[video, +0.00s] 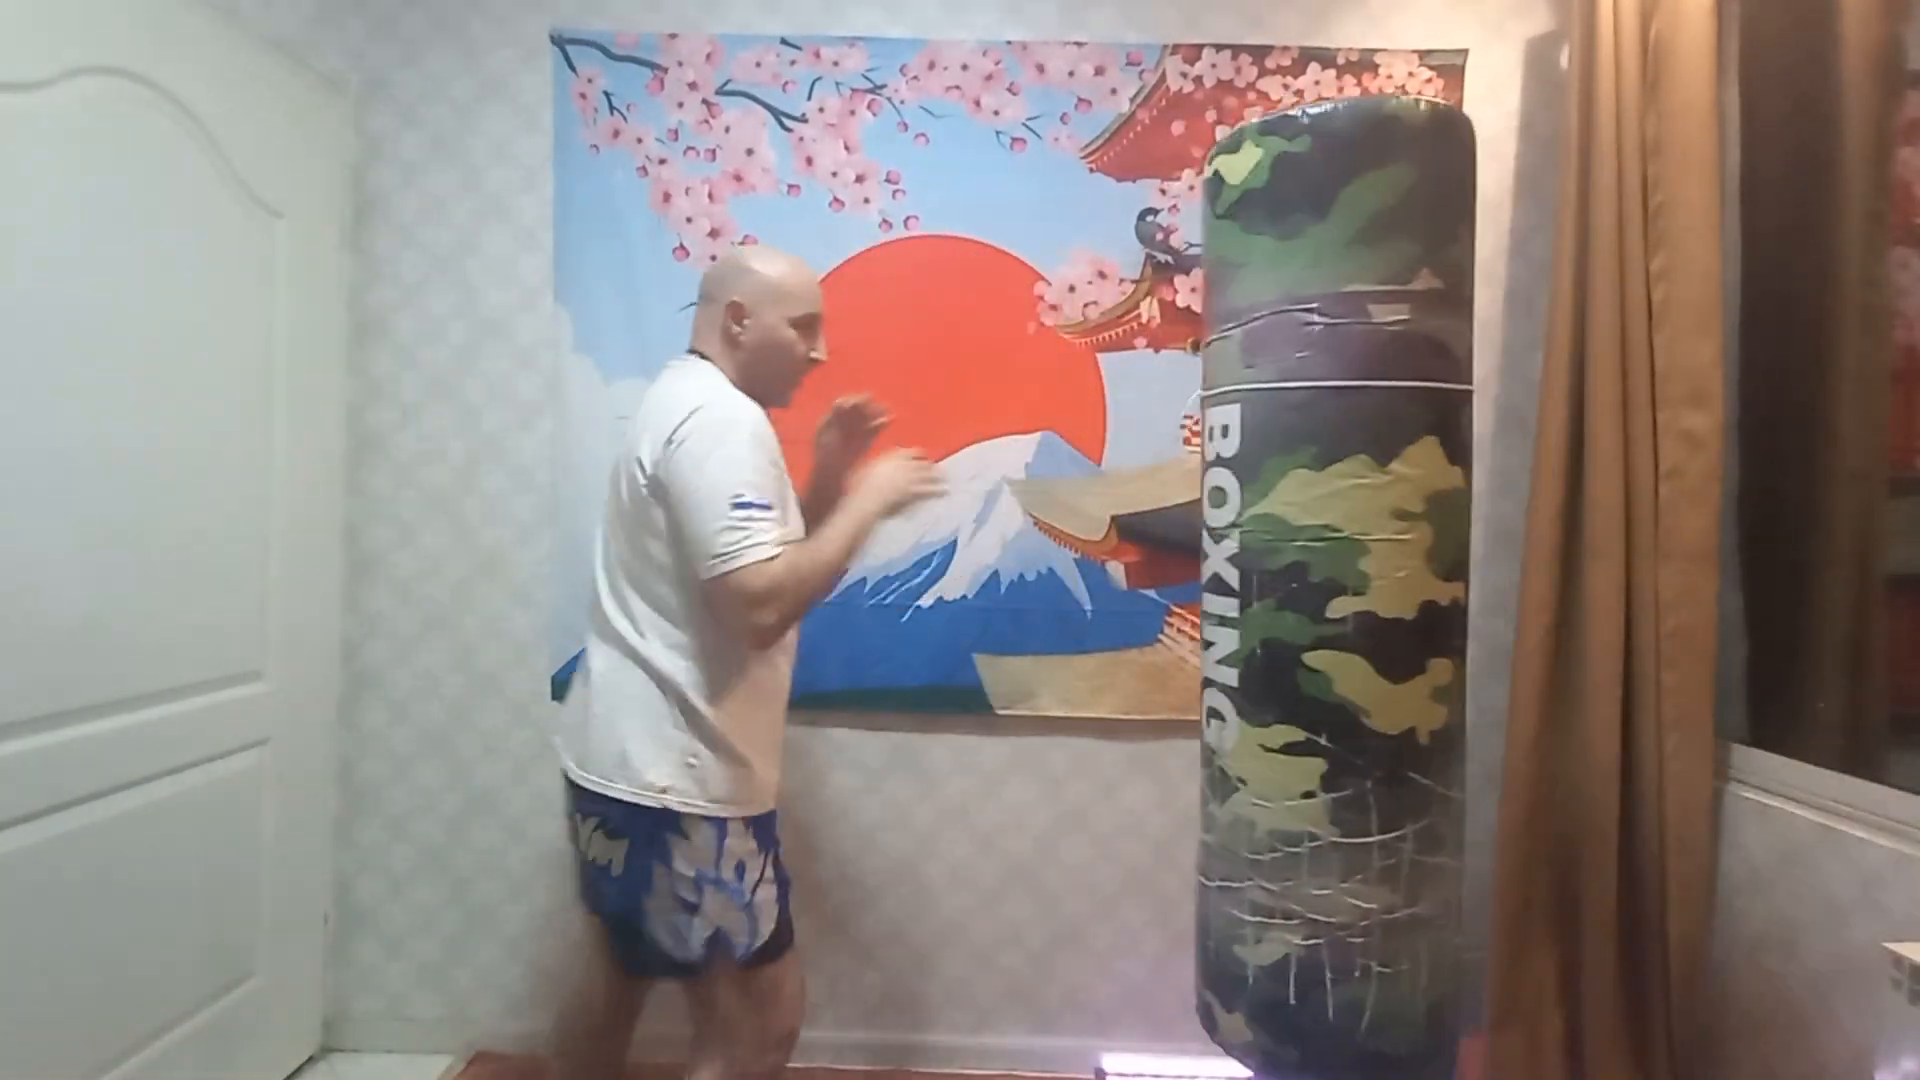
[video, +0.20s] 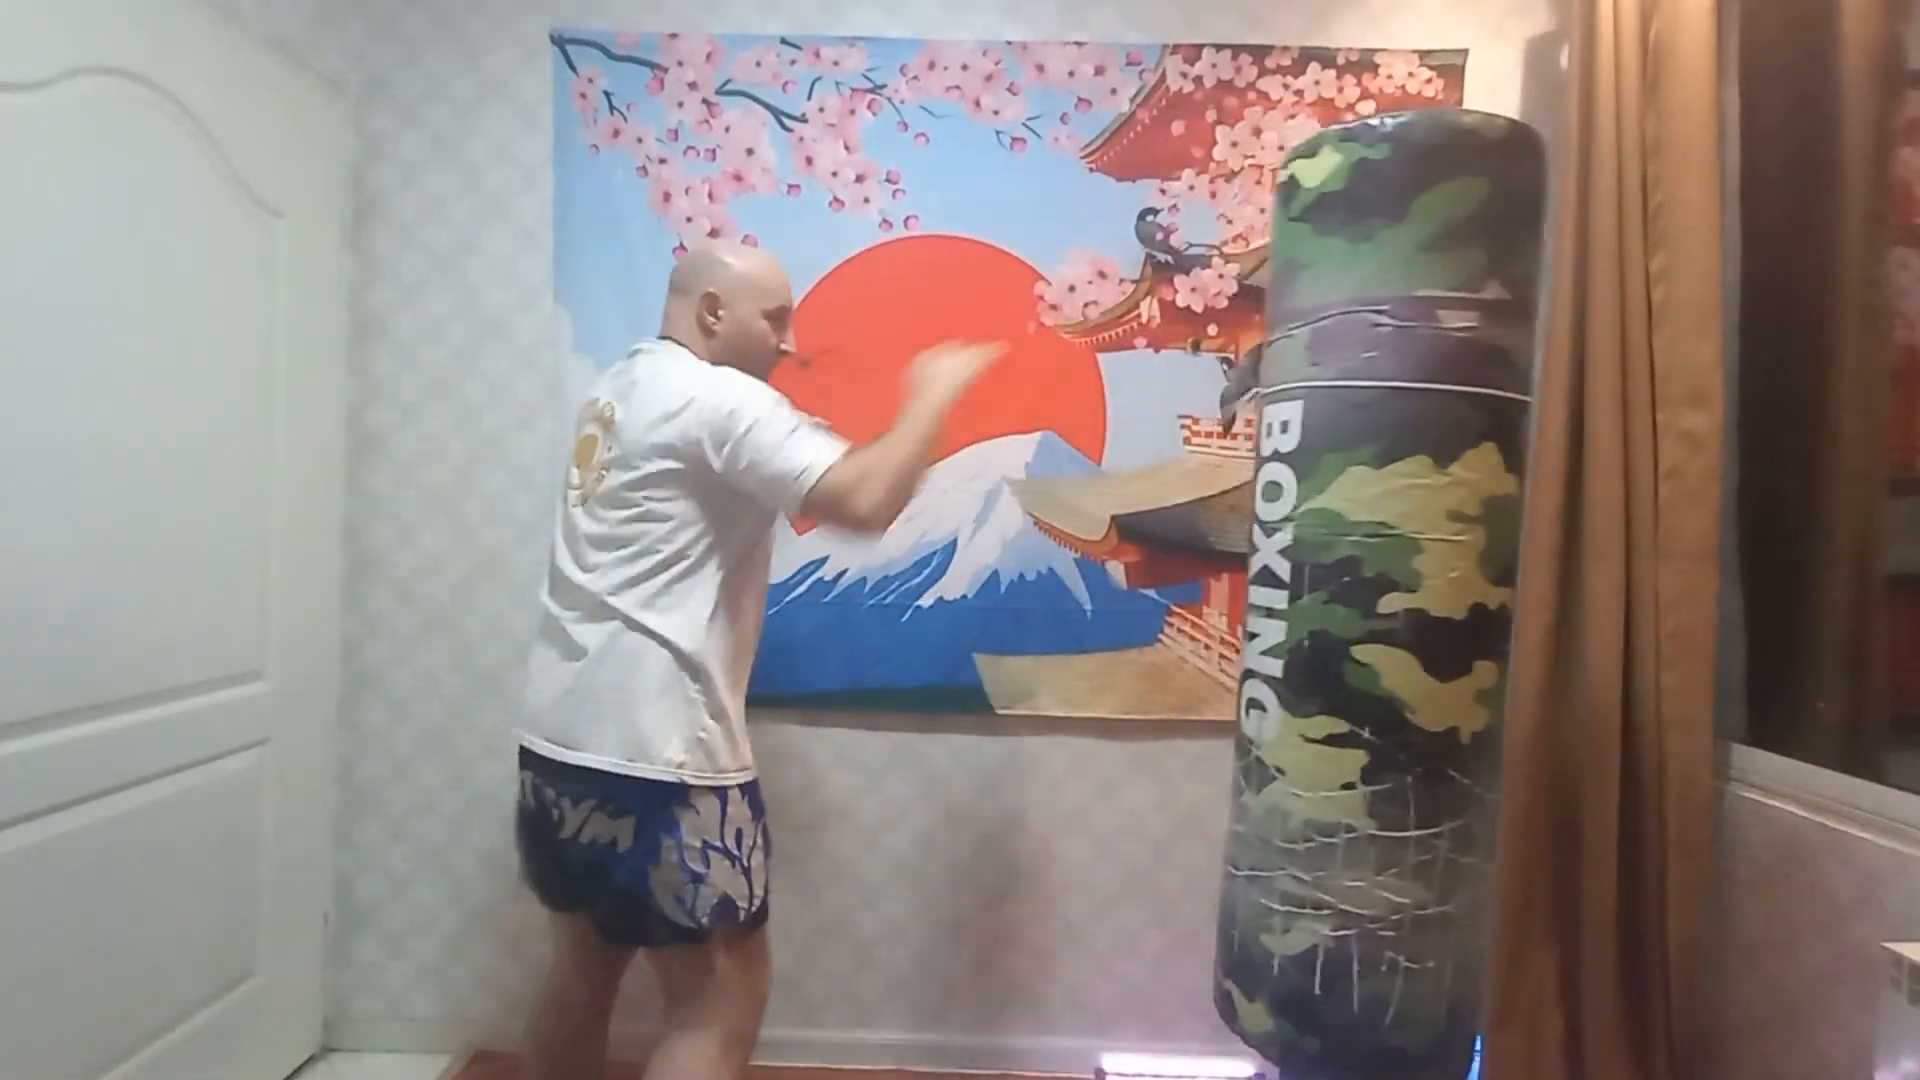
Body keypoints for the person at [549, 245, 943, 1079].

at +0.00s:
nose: (819, 350)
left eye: (818, 329)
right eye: (805, 327)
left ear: (731, 324)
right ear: (738, 321)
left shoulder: (674, 401)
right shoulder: (720, 421)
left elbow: (769, 568)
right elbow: (760, 604)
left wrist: (825, 481)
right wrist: (872, 501)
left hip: (620, 765)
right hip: (689, 786)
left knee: (612, 996)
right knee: (756, 1028)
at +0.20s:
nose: (789, 341)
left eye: (788, 320)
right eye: (774, 319)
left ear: (698, 317)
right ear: (710, 315)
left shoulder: (617, 385)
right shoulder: (718, 401)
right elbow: (863, 496)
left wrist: (770, 412)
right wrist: (931, 392)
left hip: (561, 741)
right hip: (668, 760)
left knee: (581, 973)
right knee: (717, 1004)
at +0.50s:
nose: (783, 329)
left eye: (782, 308)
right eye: (767, 306)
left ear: (692, 308)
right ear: (694, 304)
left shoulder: (683, 409)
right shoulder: (654, 408)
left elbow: (792, 541)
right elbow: (632, 603)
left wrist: (831, 432)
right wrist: (835, 532)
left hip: (618, 792)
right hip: (673, 803)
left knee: (596, 1014)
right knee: (758, 1055)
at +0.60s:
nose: (774, 326)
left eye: (774, 304)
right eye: (757, 300)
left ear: (688, 301)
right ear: (680, 299)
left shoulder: (761, 422)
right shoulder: (589, 419)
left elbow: (885, 468)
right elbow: (507, 625)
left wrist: (873, 344)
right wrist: (730, 616)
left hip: (750, 796)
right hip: (670, 813)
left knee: (676, 1019)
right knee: (767, 1031)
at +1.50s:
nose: (725, 332)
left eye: (723, 306)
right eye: (707, 303)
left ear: (625, 300)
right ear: (628, 296)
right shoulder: (594, 413)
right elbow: (684, 627)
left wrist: (753, 465)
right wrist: (795, 480)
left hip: (533, 840)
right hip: (607, 858)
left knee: (482, 1052)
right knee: (697, 1062)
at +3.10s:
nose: (716, 334)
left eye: (715, 309)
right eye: (702, 307)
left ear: (619, 303)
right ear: (628, 299)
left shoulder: (545, 379)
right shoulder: (619, 385)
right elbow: (779, 507)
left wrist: (799, 464)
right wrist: (909, 429)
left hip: (488, 810)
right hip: (595, 822)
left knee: (496, 1032)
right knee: (694, 1056)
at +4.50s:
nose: (674, 312)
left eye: (686, 293)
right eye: (678, 291)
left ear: (740, 295)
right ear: (782, 298)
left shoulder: (683, 395)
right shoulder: (876, 411)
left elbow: (549, 494)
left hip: (696, 803)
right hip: (841, 792)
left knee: (654, 1044)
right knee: (768, 1011)